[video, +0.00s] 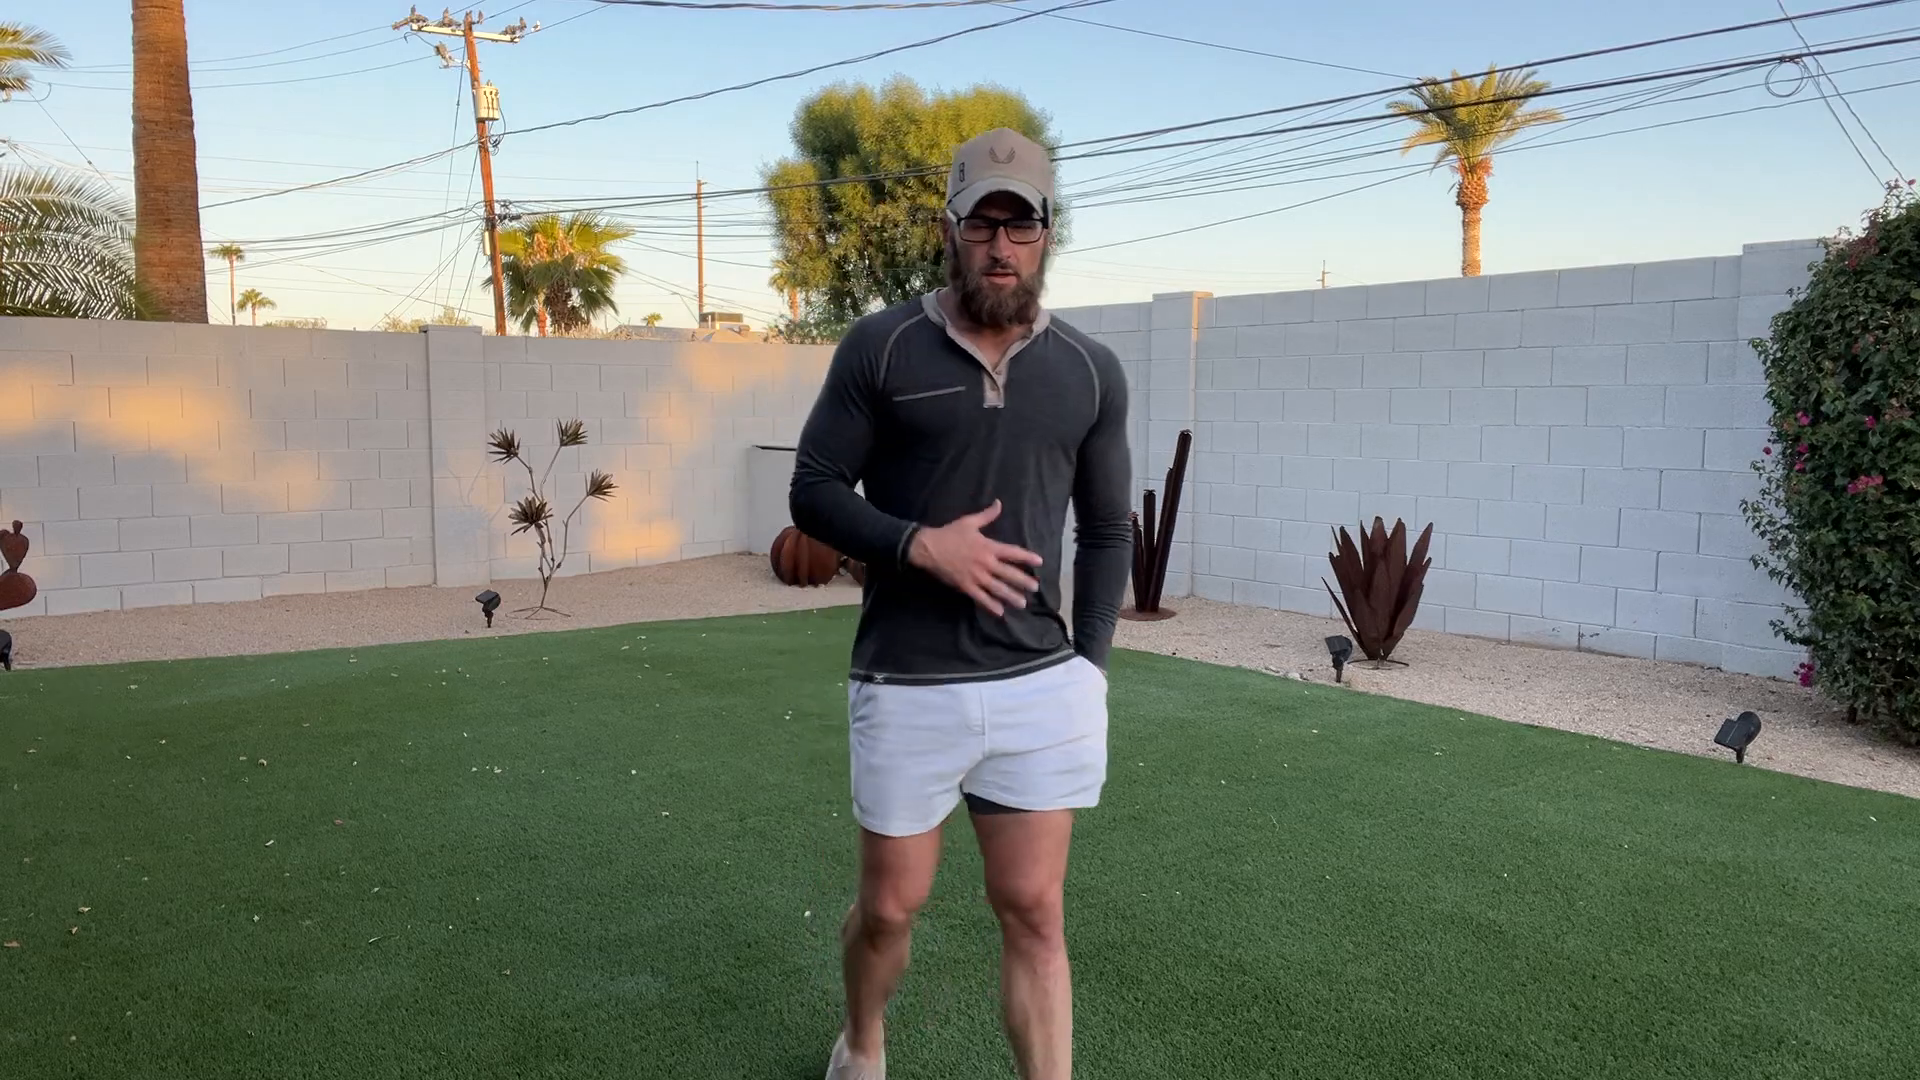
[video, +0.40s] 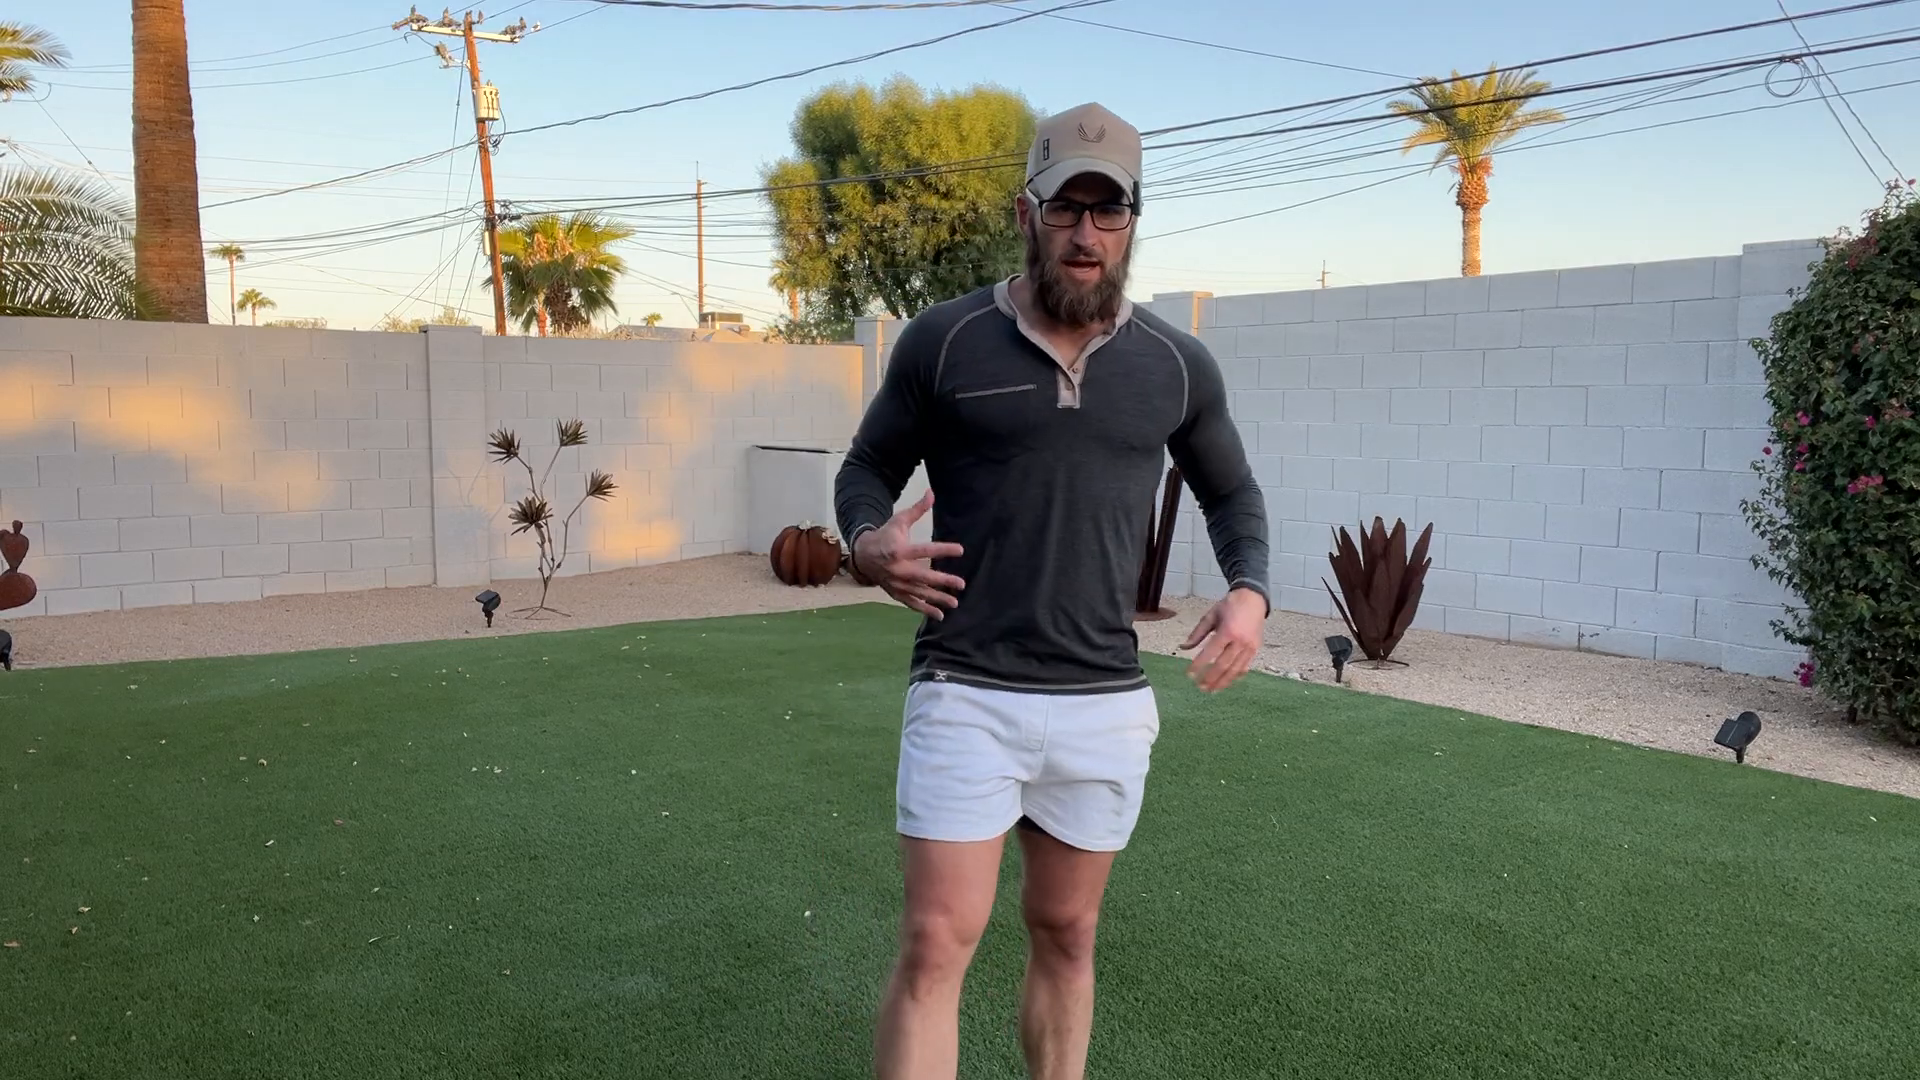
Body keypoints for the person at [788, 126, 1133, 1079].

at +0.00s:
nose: (1001, 247)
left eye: (1021, 226)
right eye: (982, 226)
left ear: (1048, 238)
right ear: (950, 235)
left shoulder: (1092, 371)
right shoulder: (880, 349)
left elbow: (1106, 529)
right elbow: (814, 490)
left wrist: (1087, 659)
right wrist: (919, 541)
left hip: (1043, 680)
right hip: (908, 682)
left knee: (1036, 909)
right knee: (889, 909)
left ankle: (1051, 1075)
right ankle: (863, 1050)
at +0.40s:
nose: (1086, 233)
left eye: (1107, 211)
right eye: (1066, 208)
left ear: (1133, 225)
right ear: (1027, 215)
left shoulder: (1180, 368)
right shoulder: (942, 343)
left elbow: (1234, 499)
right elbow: (866, 471)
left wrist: (1249, 590)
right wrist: (867, 545)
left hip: (1103, 699)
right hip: (964, 690)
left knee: (1067, 936)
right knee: (935, 939)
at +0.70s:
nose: (1075, 218)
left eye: (1097, 195)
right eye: (1053, 194)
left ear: (1125, 209)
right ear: (1015, 205)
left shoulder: (1179, 353)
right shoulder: (936, 340)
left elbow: (1218, 545)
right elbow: (869, 516)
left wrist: (1215, 468)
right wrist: (924, 481)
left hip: (1113, 706)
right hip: (972, 699)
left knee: (1074, 950)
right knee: (946, 965)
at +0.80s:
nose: (1060, 212)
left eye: (1081, 190)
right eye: (1036, 189)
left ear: (1109, 206)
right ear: (998, 203)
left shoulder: (1165, 351)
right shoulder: (926, 341)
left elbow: (1228, 535)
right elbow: (856, 516)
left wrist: (1168, 431)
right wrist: (943, 459)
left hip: (1108, 716)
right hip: (964, 711)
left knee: (1072, 957)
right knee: (952, 984)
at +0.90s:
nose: (1036, 205)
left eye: (1058, 181)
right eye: (1012, 181)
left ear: (1089, 196)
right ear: (975, 196)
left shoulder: (1150, 346)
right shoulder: (904, 343)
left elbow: (1224, 526)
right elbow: (836, 518)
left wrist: (1141, 451)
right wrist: (918, 476)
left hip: (1098, 720)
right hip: (951, 719)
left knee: (1069, 966)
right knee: (945, 985)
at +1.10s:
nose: (986, 188)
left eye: (1010, 164)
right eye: (960, 165)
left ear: (1041, 181)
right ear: (921, 185)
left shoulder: (1121, 335)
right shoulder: (855, 339)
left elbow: (1197, 508)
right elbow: (786, 517)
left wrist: (1113, 470)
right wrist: (862, 480)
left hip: (1070, 737)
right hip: (910, 738)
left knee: (1077, 1001)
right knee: (924, 998)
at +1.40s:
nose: (951, 184)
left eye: (976, 155)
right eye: (923, 159)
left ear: (1012, 168)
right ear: (882, 174)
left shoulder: (1098, 326)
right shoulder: (812, 342)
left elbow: (1173, 493)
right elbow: (746, 512)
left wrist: (1108, 519)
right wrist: (799, 544)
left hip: (1057, 741)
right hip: (890, 757)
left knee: (1085, 1056)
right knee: (914, 1024)